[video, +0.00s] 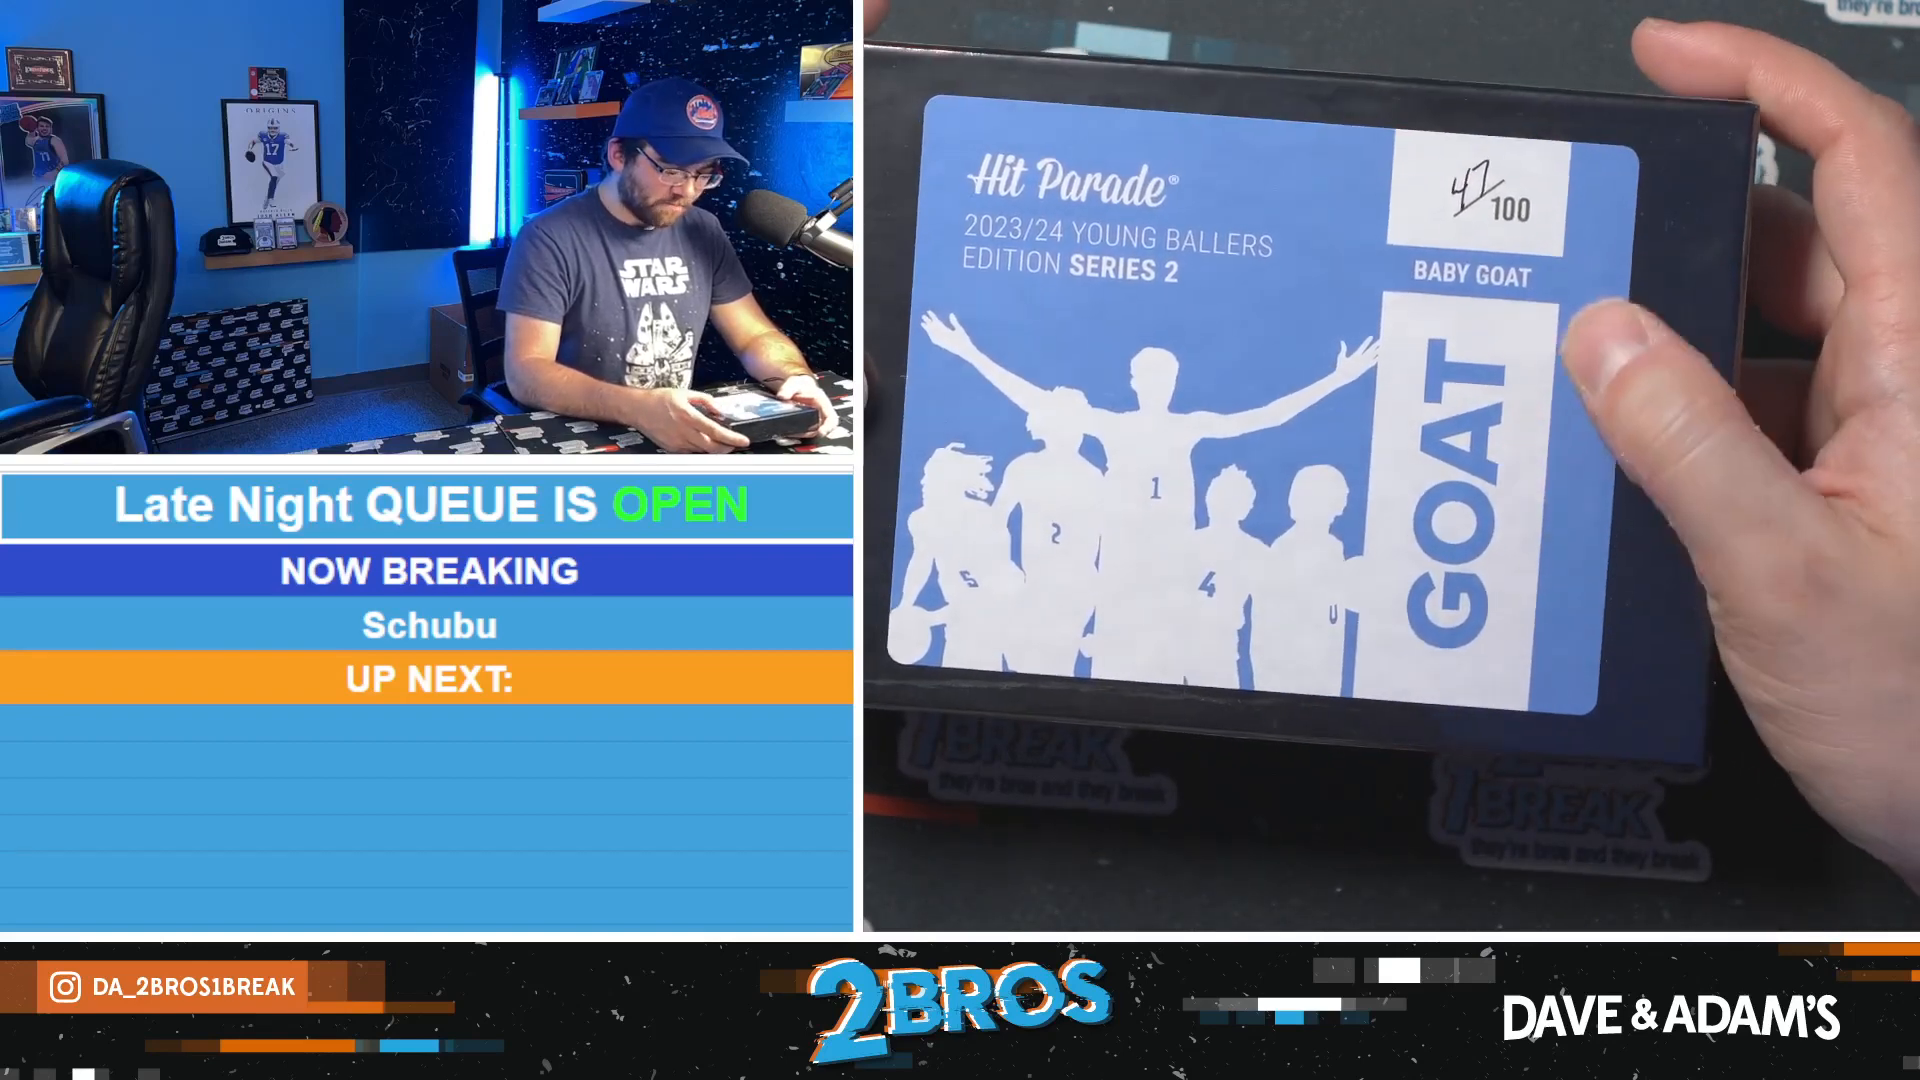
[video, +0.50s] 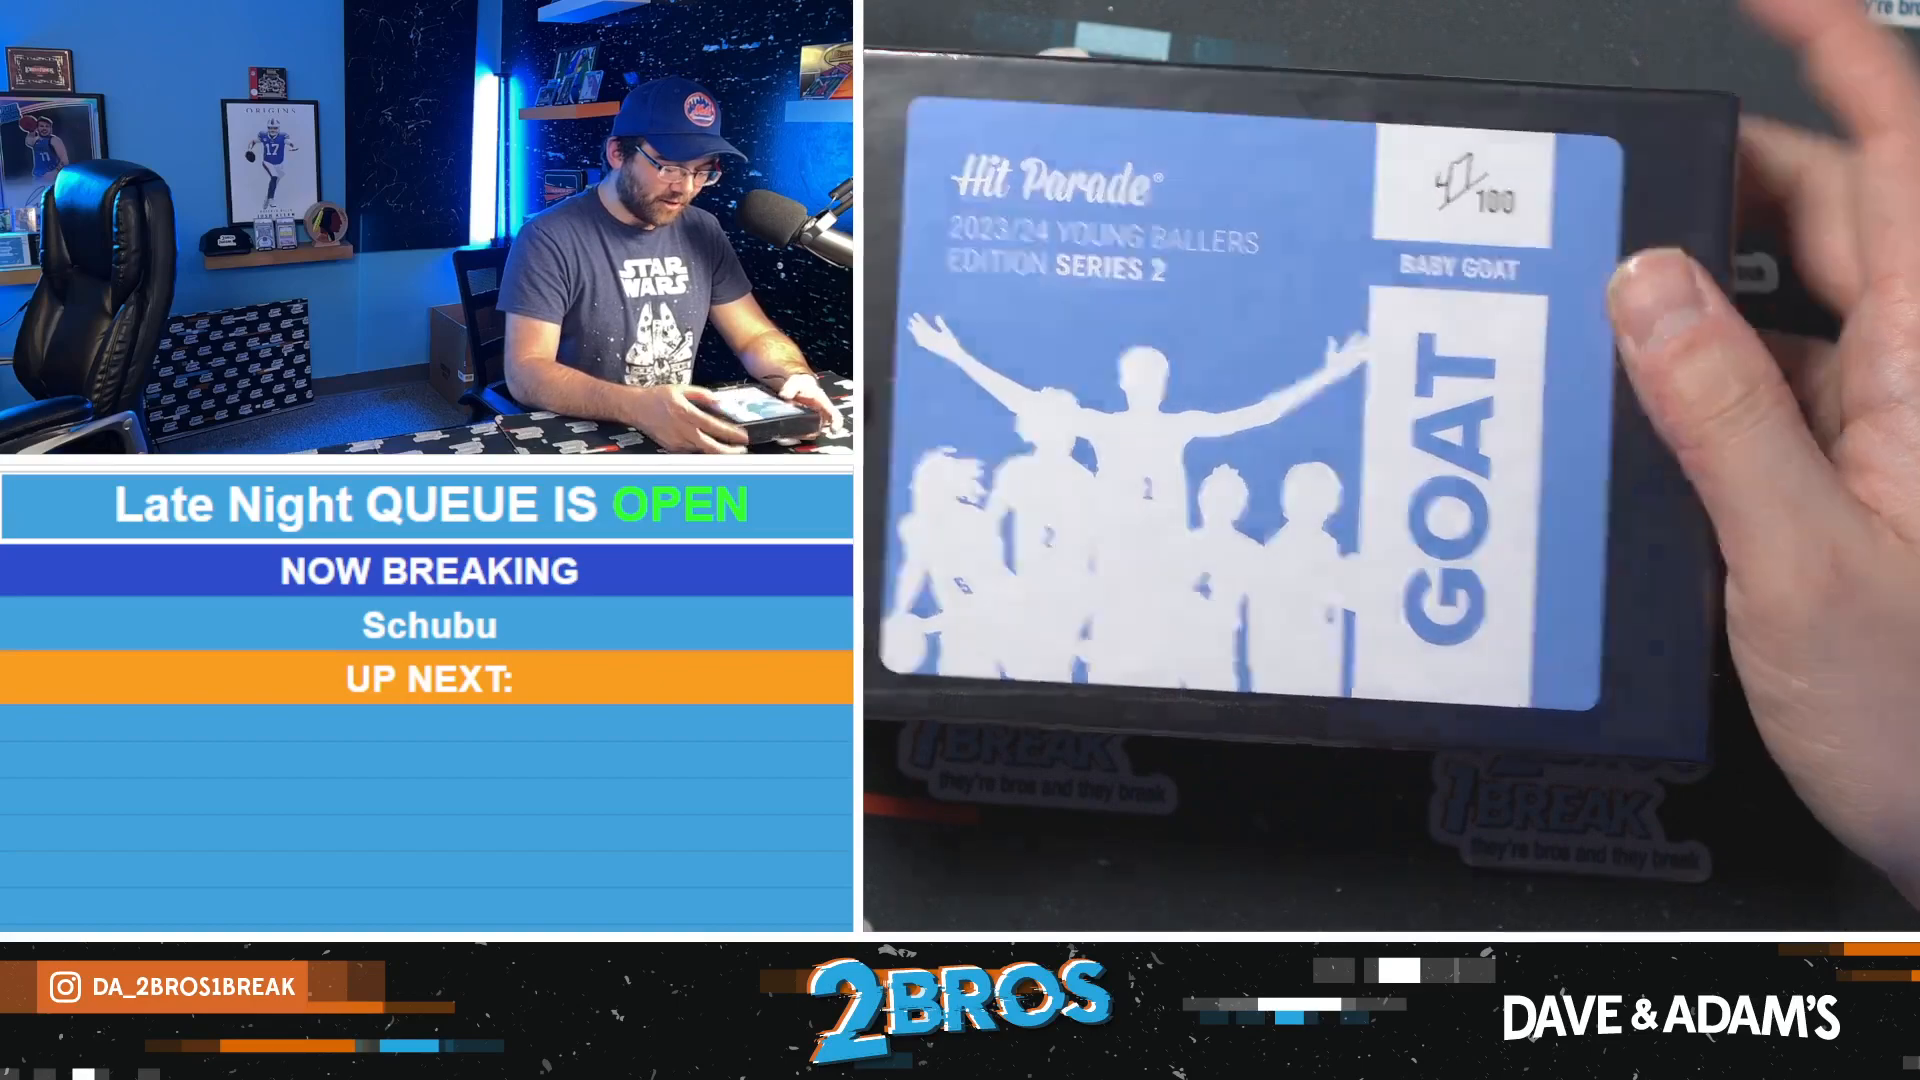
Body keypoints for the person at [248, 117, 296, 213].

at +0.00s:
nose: (273, 130)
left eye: (275, 128)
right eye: (271, 128)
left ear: (278, 128)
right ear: (268, 128)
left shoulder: (283, 136)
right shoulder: (263, 136)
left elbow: (290, 142)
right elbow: (253, 141)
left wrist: (292, 147)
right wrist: (250, 149)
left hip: (279, 164)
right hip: (267, 162)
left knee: (275, 182)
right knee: (274, 176)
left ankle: (267, 199)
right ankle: (270, 199)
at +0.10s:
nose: (273, 130)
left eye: (275, 128)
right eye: (271, 128)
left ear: (278, 128)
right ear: (268, 128)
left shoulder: (283, 136)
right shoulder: (263, 136)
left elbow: (290, 142)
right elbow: (253, 141)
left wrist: (292, 147)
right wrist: (250, 149)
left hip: (279, 164)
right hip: (267, 162)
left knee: (275, 182)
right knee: (274, 176)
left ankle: (267, 199)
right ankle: (270, 199)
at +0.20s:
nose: (273, 130)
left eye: (275, 128)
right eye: (271, 128)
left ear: (278, 128)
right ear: (268, 128)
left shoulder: (283, 136)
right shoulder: (263, 136)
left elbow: (290, 143)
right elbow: (253, 141)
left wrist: (292, 147)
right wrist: (250, 149)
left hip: (279, 164)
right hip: (267, 162)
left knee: (276, 182)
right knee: (274, 176)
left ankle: (267, 200)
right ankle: (270, 199)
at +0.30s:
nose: (273, 130)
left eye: (275, 128)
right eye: (271, 128)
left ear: (278, 128)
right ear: (268, 128)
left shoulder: (283, 136)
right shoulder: (263, 136)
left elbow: (290, 142)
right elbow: (253, 141)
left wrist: (292, 147)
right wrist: (250, 149)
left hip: (279, 164)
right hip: (267, 162)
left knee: (275, 182)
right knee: (274, 176)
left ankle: (267, 199)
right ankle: (270, 199)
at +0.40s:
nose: (273, 130)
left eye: (275, 128)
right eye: (271, 128)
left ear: (278, 128)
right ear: (268, 128)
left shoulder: (283, 136)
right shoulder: (263, 136)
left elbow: (290, 142)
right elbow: (254, 141)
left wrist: (292, 147)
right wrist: (250, 148)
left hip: (279, 164)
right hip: (267, 162)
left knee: (276, 182)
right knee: (274, 176)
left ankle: (267, 199)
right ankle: (271, 199)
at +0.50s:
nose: (273, 130)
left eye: (275, 128)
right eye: (271, 128)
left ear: (278, 128)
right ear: (268, 128)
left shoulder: (283, 136)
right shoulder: (263, 136)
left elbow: (290, 142)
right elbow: (254, 141)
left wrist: (292, 147)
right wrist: (250, 148)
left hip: (279, 164)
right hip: (267, 162)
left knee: (275, 182)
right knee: (274, 176)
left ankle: (267, 200)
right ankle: (270, 199)